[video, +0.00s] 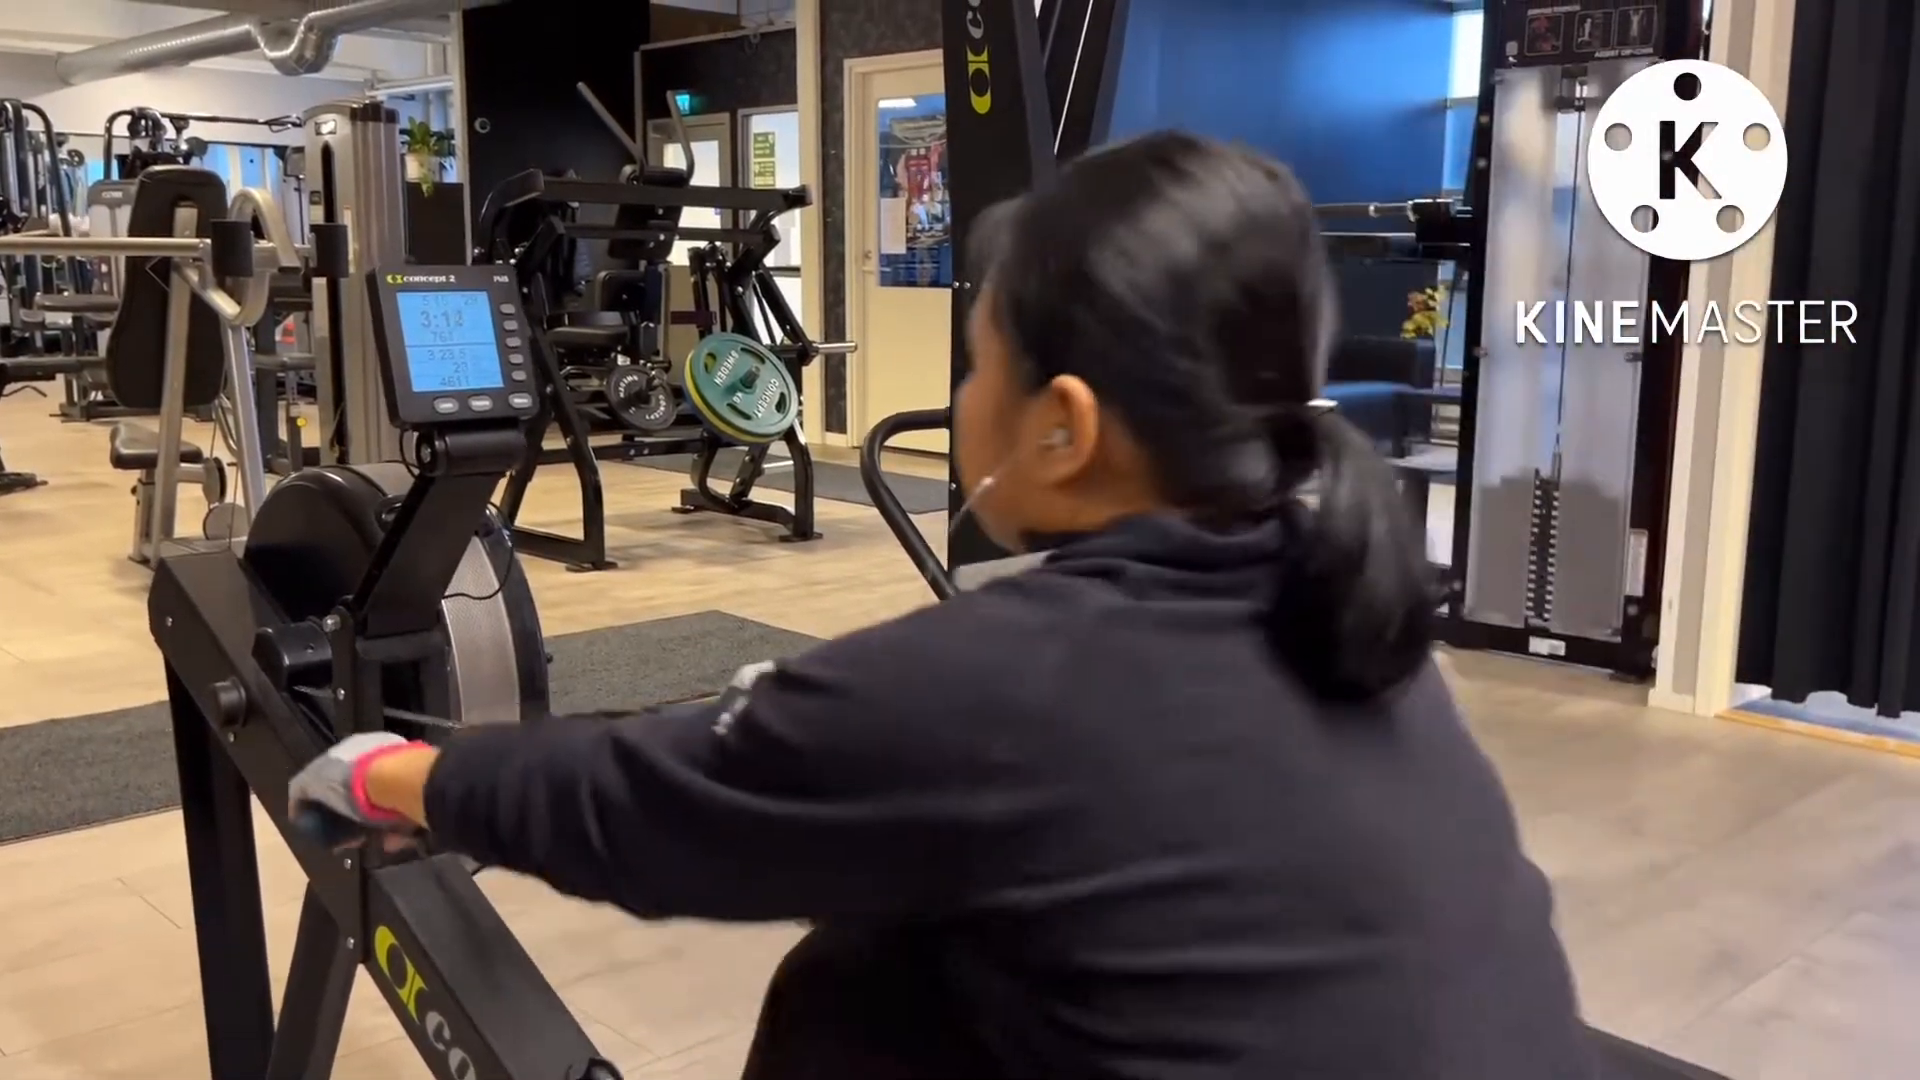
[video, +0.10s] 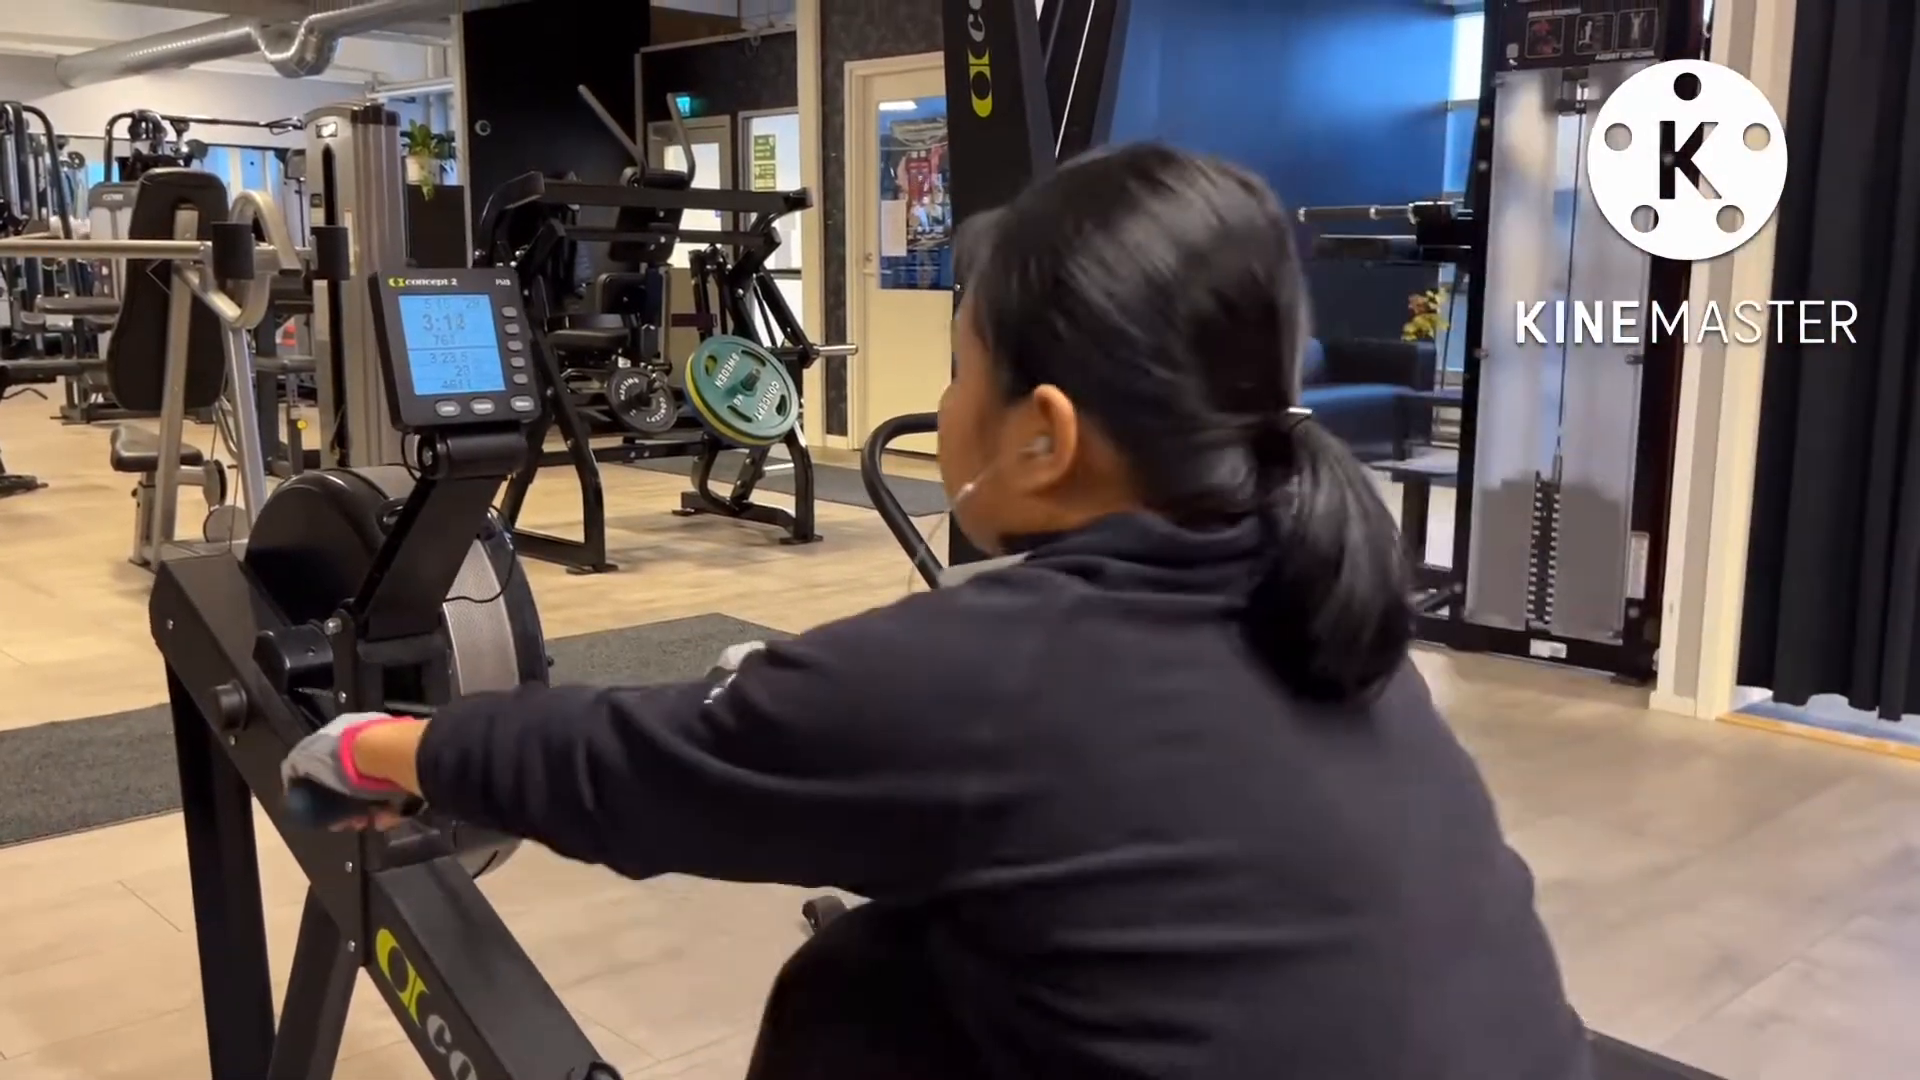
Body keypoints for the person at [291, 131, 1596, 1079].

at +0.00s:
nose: (958, 400)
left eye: (976, 363)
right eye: (970, 359)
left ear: (1072, 423)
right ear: (1266, 393)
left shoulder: (996, 677)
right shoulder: (1357, 589)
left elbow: (659, 794)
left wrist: (427, 775)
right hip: (1535, 1045)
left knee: (854, 971)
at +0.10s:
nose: (938, 402)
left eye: (959, 367)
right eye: (953, 358)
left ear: (1050, 431)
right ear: (1244, 404)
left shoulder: (973, 670)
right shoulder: (1334, 586)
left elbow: (646, 759)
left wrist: (421, 748)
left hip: (1249, 1071)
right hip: (1518, 1049)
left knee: (842, 980)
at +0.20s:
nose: (970, 421)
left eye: (989, 382)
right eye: (979, 377)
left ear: (1095, 437)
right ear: (1286, 405)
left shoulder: (1022, 692)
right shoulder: (1380, 603)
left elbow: (682, 770)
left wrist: (455, 748)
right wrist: (909, 680)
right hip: (1595, 1051)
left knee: (876, 1001)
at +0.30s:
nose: (1068, 435)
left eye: (1089, 393)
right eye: (1075, 389)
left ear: (1217, 439)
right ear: (1401, 421)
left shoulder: (1140, 720)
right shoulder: (1509, 626)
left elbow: (806, 814)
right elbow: (1270, 689)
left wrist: (524, 809)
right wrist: (994, 692)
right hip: (1678, 1042)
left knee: (944, 1029)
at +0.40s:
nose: (1228, 455)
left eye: (1253, 403)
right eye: (1234, 401)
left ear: (1412, 446)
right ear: (1608, 428)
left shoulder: (1317, 789)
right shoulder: (1722, 718)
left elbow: (910, 895)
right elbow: (1422, 801)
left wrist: (623, 880)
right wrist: (1113, 775)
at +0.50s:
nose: (1406, 457)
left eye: (1439, 397)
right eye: (1420, 396)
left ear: (1646, 444)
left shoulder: (1533, 839)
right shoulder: (1882, 698)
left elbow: (1108, 986)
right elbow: (1530, 807)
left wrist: (737, 934)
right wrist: (1210, 813)